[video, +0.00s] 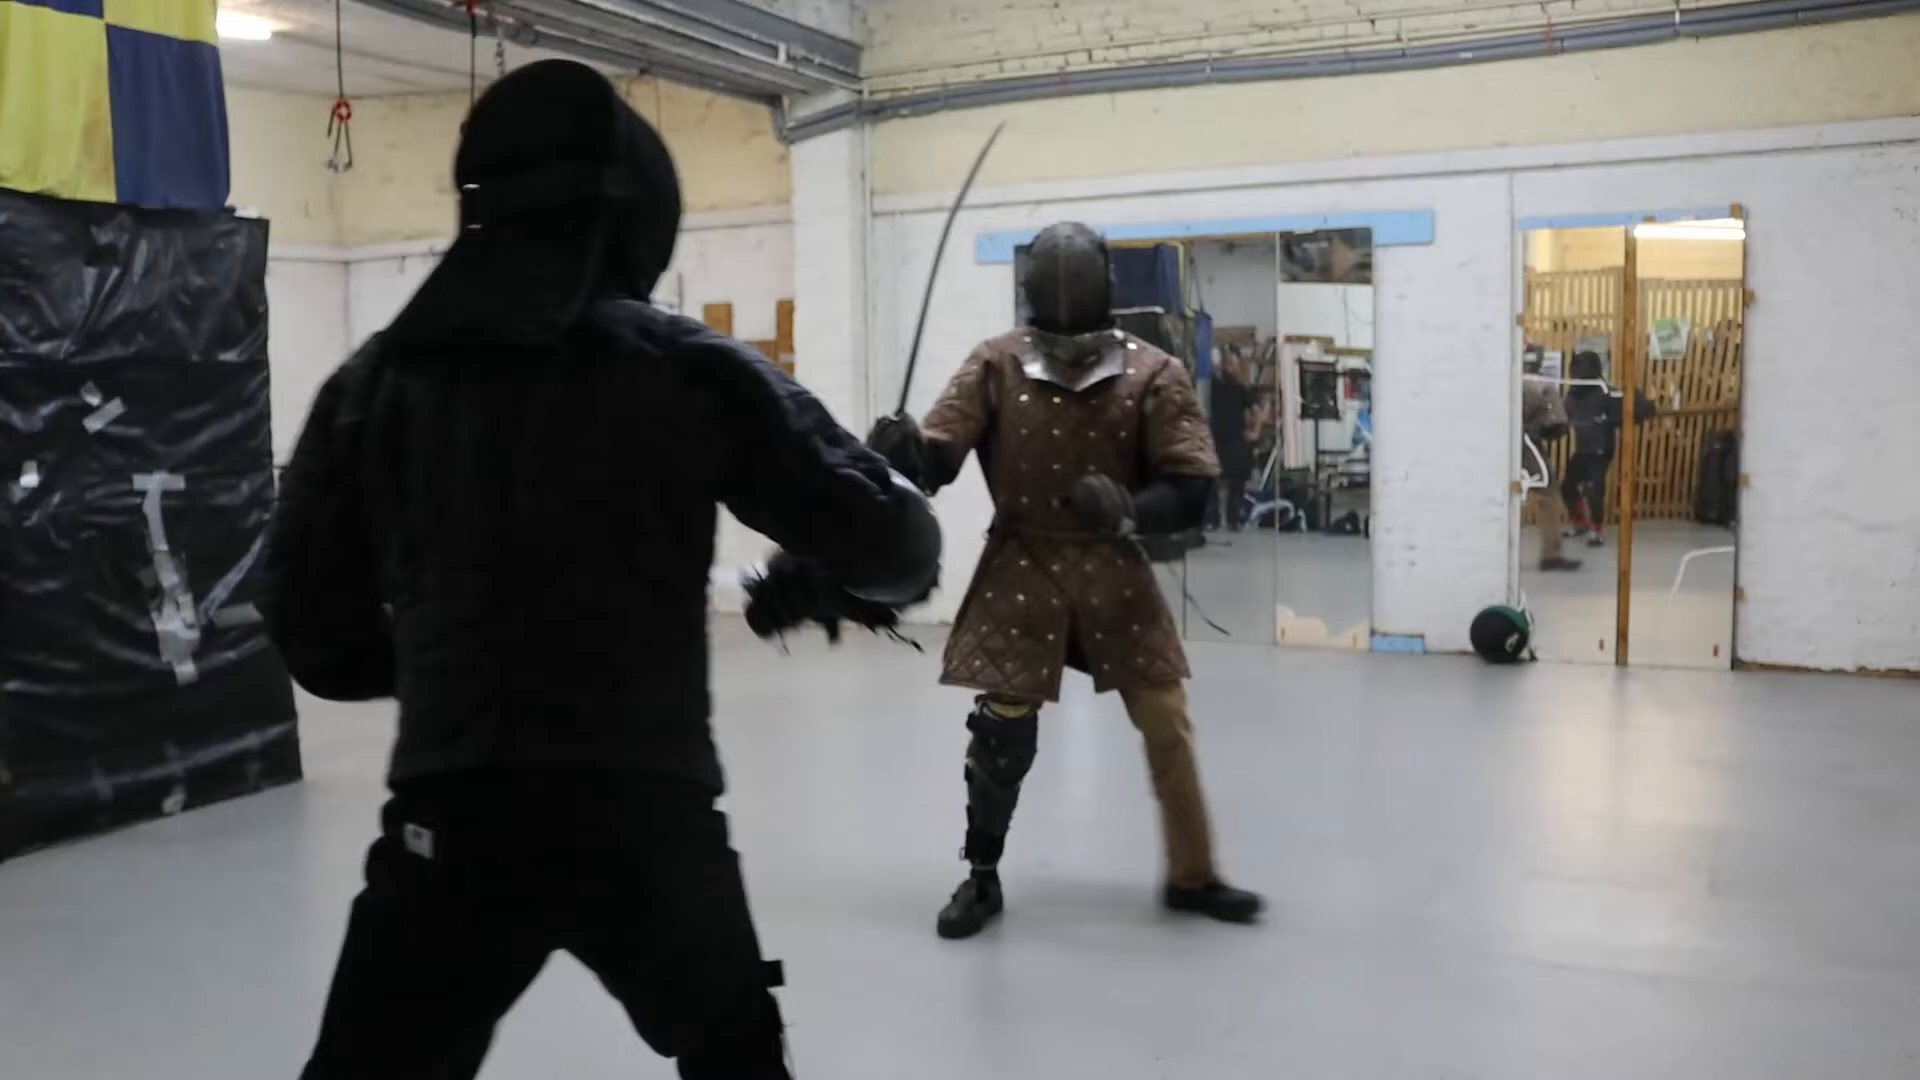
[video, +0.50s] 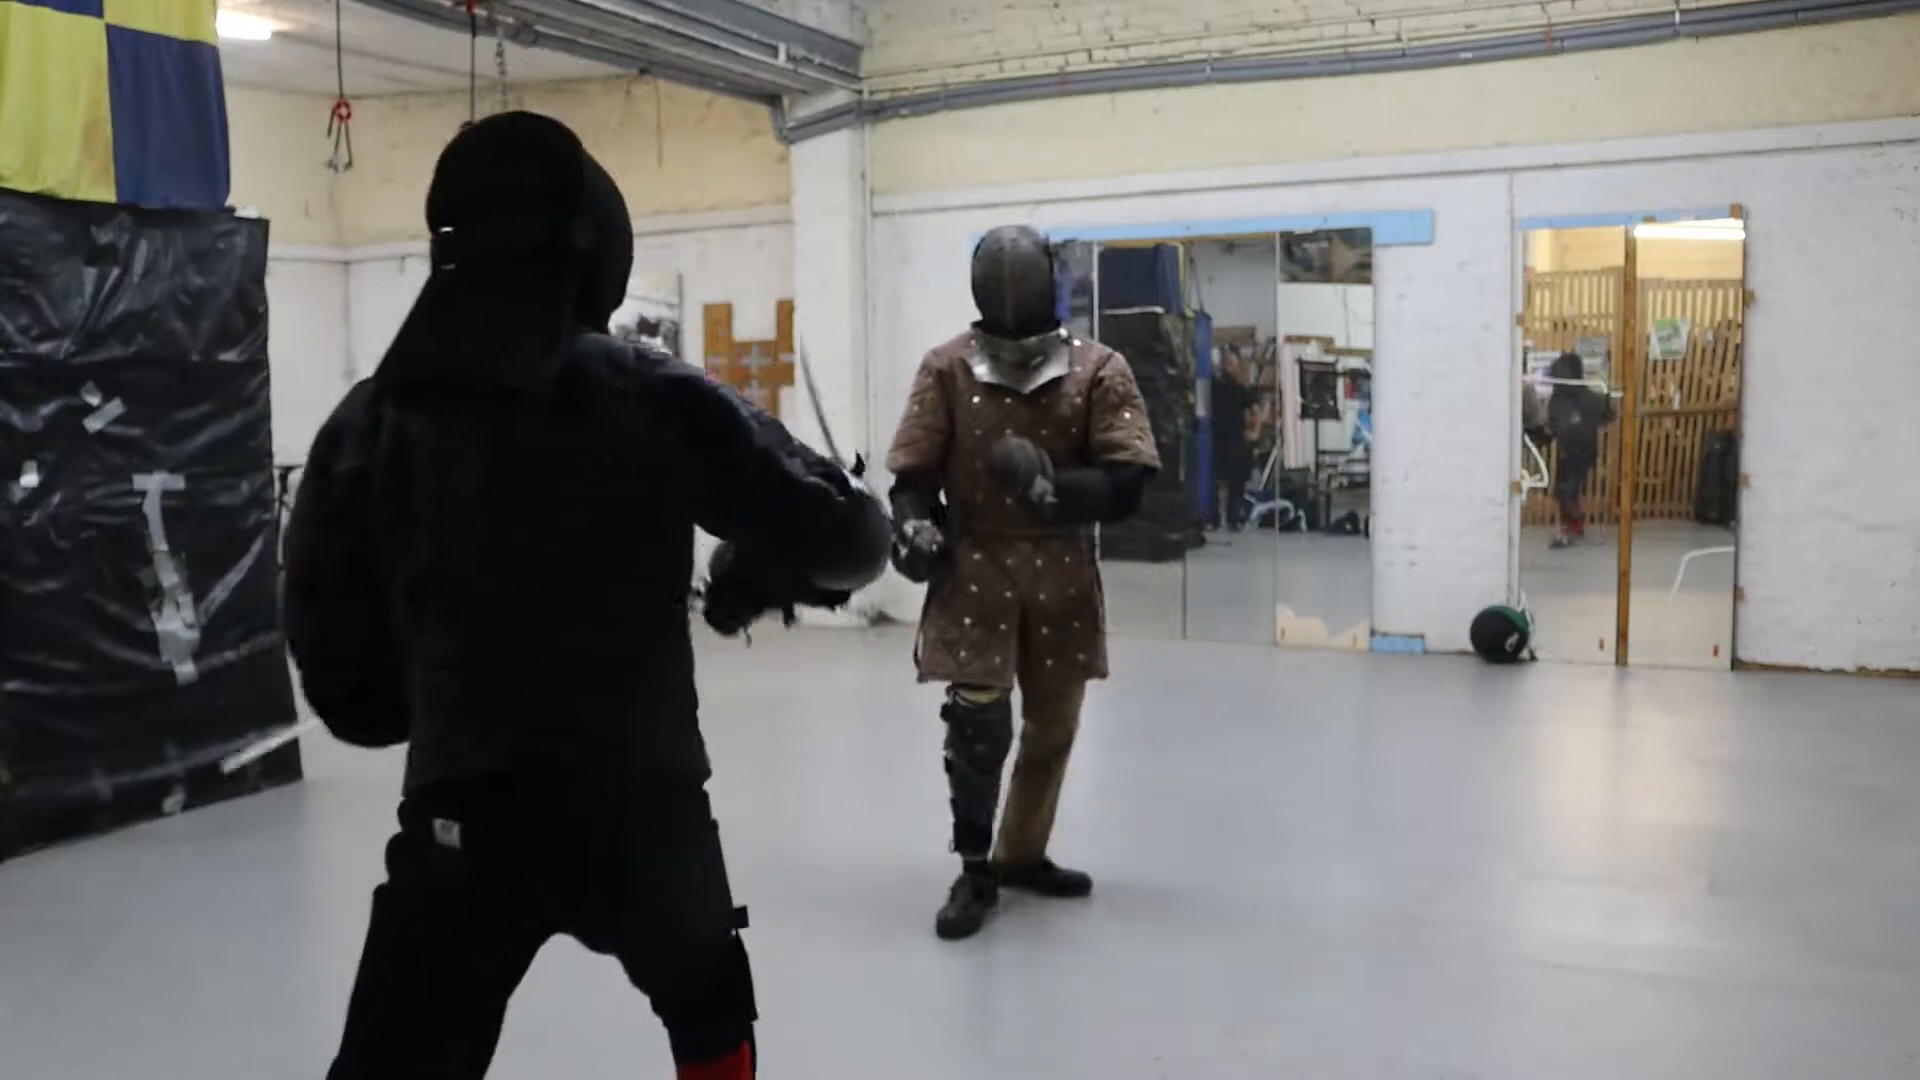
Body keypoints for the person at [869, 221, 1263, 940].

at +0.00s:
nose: (1062, 326)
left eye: (1077, 311)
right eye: (1048, 310)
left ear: (1102, 301)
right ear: (1030, 301)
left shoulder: (1153, 375)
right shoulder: (994, 368)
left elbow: (1195, 492)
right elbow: (935, 462)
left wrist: (1132, 508)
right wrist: (906, 449)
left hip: (1117, 572)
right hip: (1021, 570)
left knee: (1168, 722)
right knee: (1000, 729)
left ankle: (1192, 878)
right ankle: (979, 880)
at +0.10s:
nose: (1056, 352)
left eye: (1069, 337)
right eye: (1041, 338)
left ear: (1092, 307)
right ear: (1019, 311)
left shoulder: (1139, 372)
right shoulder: (981, 368)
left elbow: (1178, 486)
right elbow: (923, 465)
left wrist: (1113, 499)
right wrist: (893, 451)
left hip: (1102, 567)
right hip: (1010, 566)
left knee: (1143, 709)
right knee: (1001, 722)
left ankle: (1133, 868)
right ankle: (981, 877)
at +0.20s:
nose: (1037, 354)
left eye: (1052, 339)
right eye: (1022, 340)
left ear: (1075, 307)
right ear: (1002, 312)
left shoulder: (1123, 370)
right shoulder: (967, 367)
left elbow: (1162, 482)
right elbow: (913, 471)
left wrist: (1094, 496)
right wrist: (880, 463)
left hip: (1085, 567)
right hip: (996, 566)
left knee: (1098, 721)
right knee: (997, 730)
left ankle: (1054, 858)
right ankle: (979, 878)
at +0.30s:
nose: (1027, 333)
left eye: (1040, 318)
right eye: (1012, 317)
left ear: (1064, 299)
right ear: (991, 301)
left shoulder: (1112, 370)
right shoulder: (959, 368)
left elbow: (1152, 483)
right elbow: (916, 464)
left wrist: (1080, 493)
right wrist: (893, 488)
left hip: (1074, 570)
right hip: (987, 567)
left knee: (1061, 731)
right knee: (992, 726)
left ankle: (1025, 857)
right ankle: (980, 877)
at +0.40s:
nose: (1019, 327)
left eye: (1033, 311)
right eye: (1004, 312)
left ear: (1055, 297)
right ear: (985, 300)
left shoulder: (1105, 370)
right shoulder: (954, 369)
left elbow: (1139, 483)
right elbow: (915, 466)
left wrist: (1064, 488)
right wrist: (909, 509)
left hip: (1066, 572)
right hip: (980, 569)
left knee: (1052, 731)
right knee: (985, 727)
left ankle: (1024, 857)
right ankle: (979, 875)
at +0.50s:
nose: (1016, 336)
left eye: (1030, 321)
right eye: (1001, 321)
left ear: (1053, 300)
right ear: (980, 304)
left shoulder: (1098, 370)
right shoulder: (948, 371)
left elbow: (1128, 482)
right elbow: (912, 477)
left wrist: (1052, 487)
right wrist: (915, 524)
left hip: (1061, 572)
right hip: (974, 570)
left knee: (1051, 731)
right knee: (978, 726)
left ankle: (1022, 856)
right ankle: (973, 869)